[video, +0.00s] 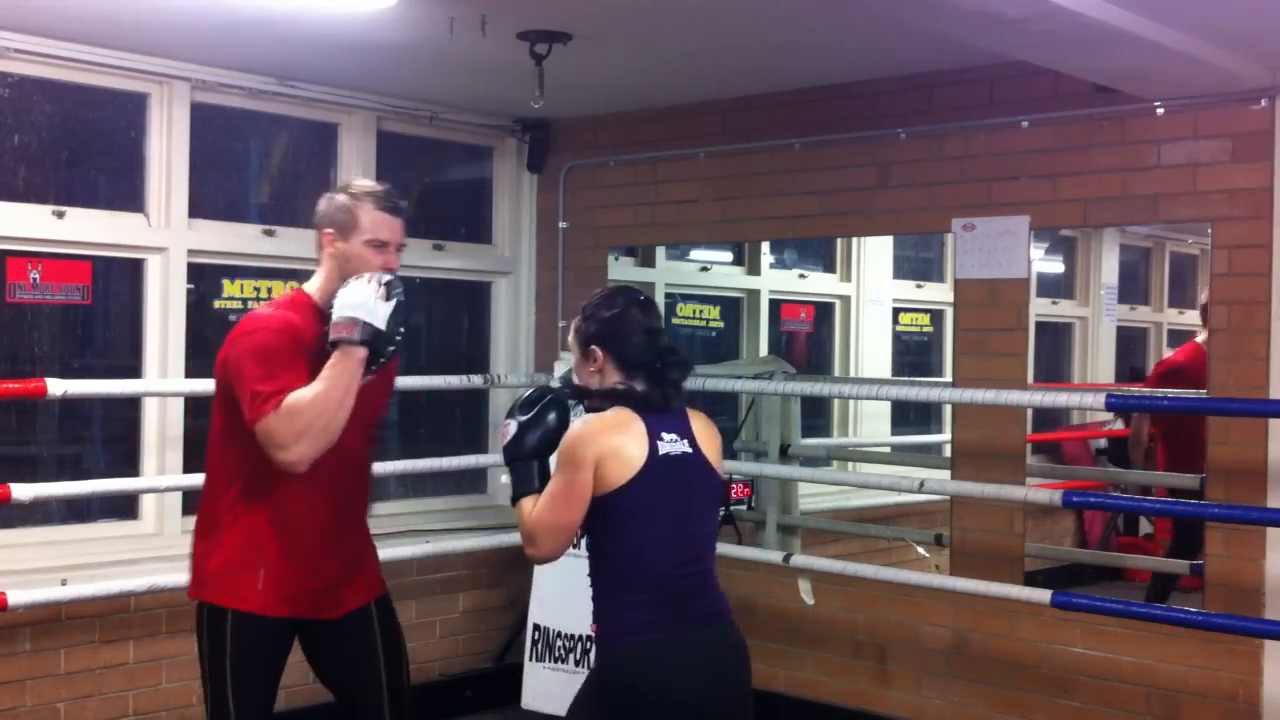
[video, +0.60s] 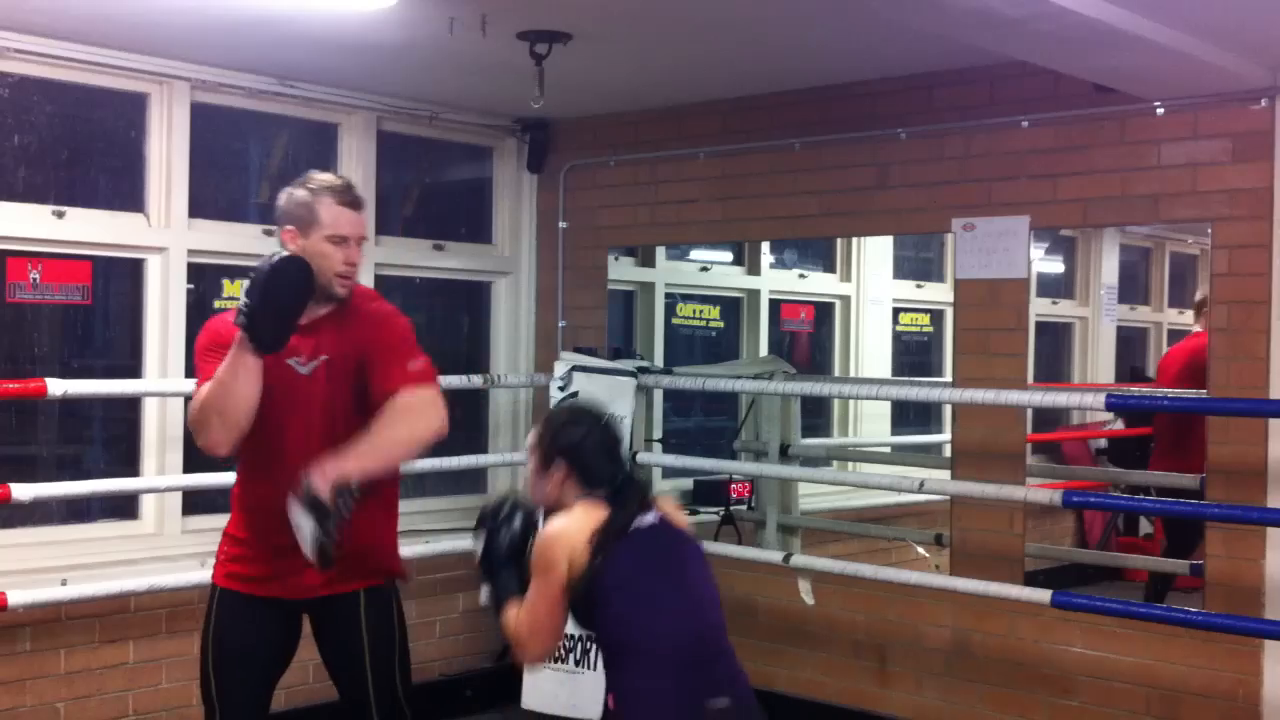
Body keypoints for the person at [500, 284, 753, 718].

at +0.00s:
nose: (573, 368)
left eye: (575, 356)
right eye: (573, 356)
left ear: (598, 359)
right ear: (651, 352)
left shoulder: (592, 436)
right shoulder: (705, 430)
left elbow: (541, 544)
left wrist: (522, 461)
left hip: (636, 669)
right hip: (718, 660)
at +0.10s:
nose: (555, 385)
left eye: (556, 373)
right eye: (552, 374)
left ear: (578, 373)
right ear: (632, 362)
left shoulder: (574, 448)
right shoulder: (682, 433)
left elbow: (529, 560)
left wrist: (508, 484)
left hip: (644, 680)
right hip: (724, 667)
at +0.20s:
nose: (513, 459)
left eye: (513, 444)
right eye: (513, 444)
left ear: (533, 442)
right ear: (580, 432)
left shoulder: (549, 506)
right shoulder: (626, 481)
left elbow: (509, 634)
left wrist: (484, 550)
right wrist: (498, 469)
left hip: (648, 701)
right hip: (721, 691)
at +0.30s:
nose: (478, 545)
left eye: (480, 532)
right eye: (478, 531)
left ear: (505, 540)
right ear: (554, 518)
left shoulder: (536, 596)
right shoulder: (622, 560)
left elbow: (514, 710)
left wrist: (468, 646)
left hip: (644, 711)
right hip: (713, 707)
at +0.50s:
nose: (506, 542)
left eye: (506, 529)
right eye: (504, 530)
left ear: (532, 530)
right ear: (579, 516)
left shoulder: (548, 585)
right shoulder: (648, 556)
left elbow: (529, 705)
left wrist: (491, 635)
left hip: (645, 712)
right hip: (728, 710)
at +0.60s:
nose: (525, 475)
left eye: (531, 462)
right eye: (527, 461)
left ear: (559, 471)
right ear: (608, 463)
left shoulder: (560, 533)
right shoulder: (664, 510)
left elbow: (532, 646)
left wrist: (503, 570)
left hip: (649, 707)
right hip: (730, 701)